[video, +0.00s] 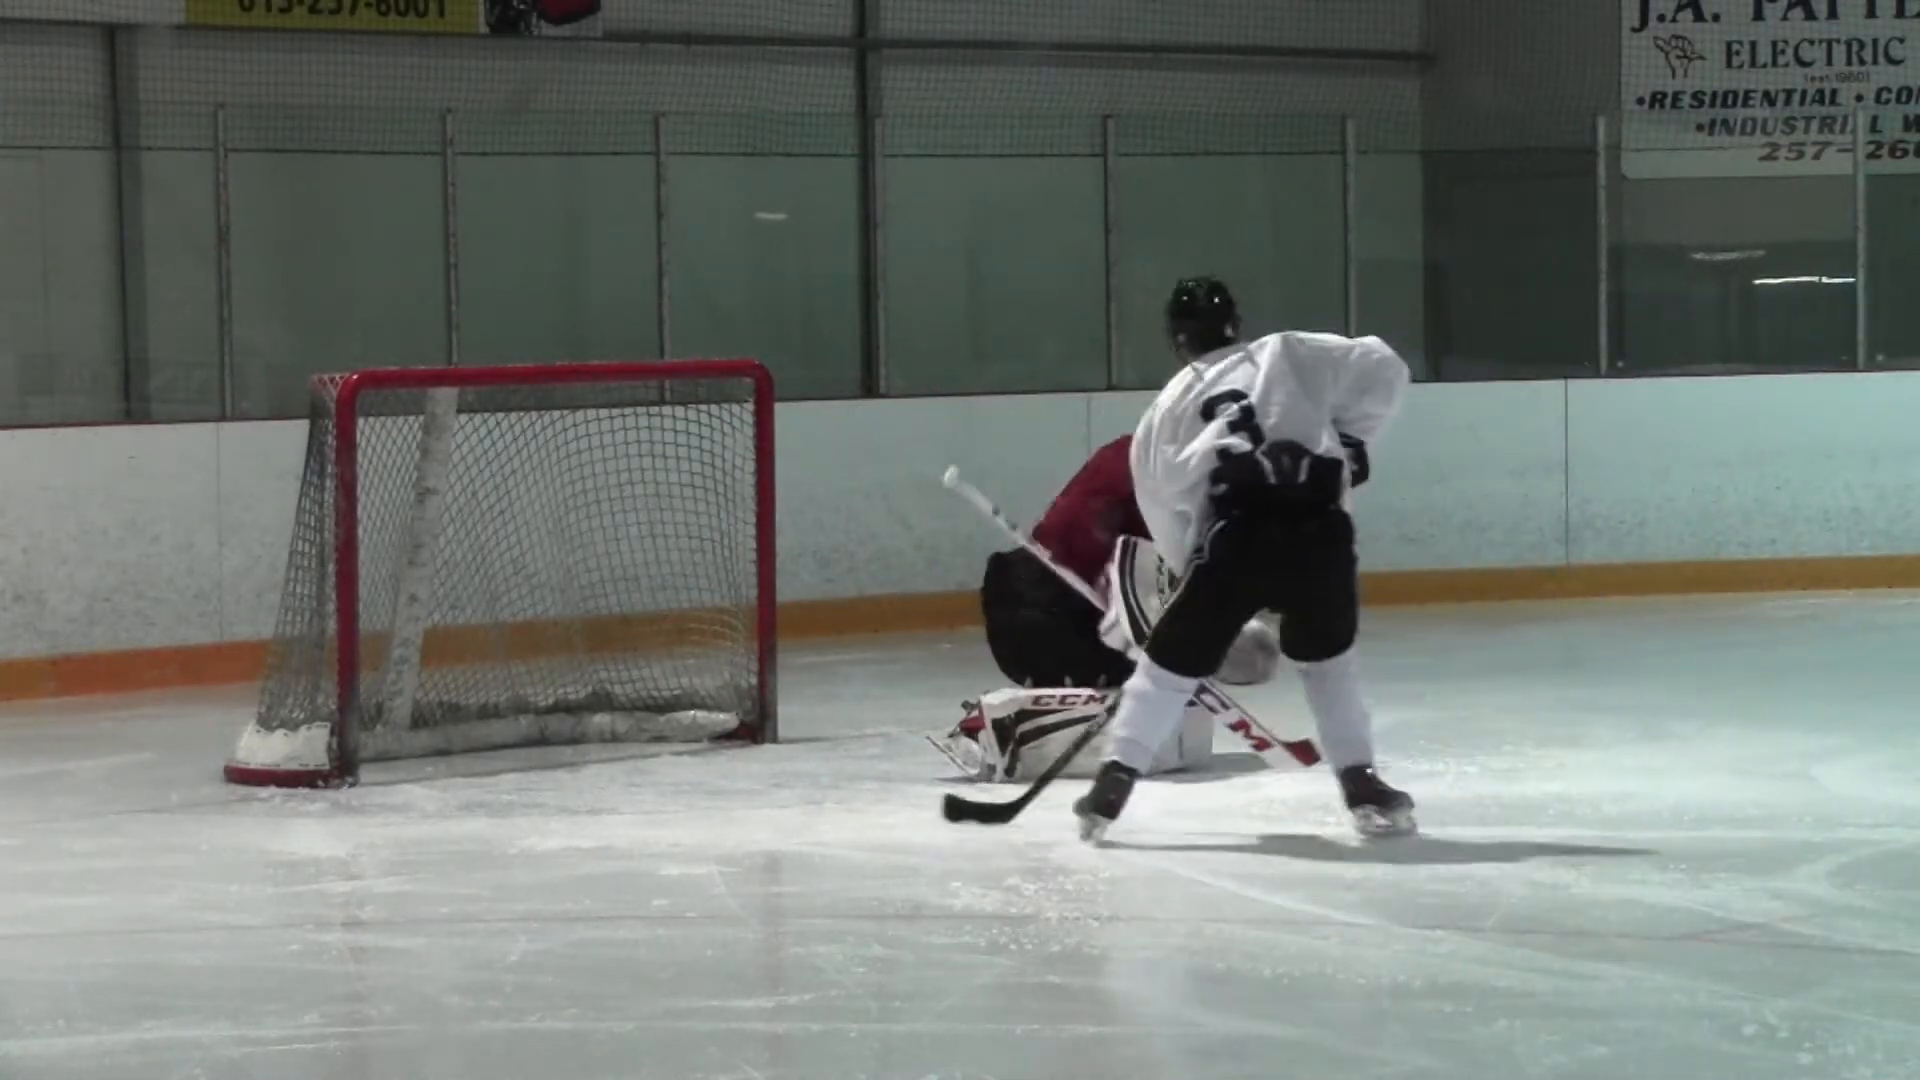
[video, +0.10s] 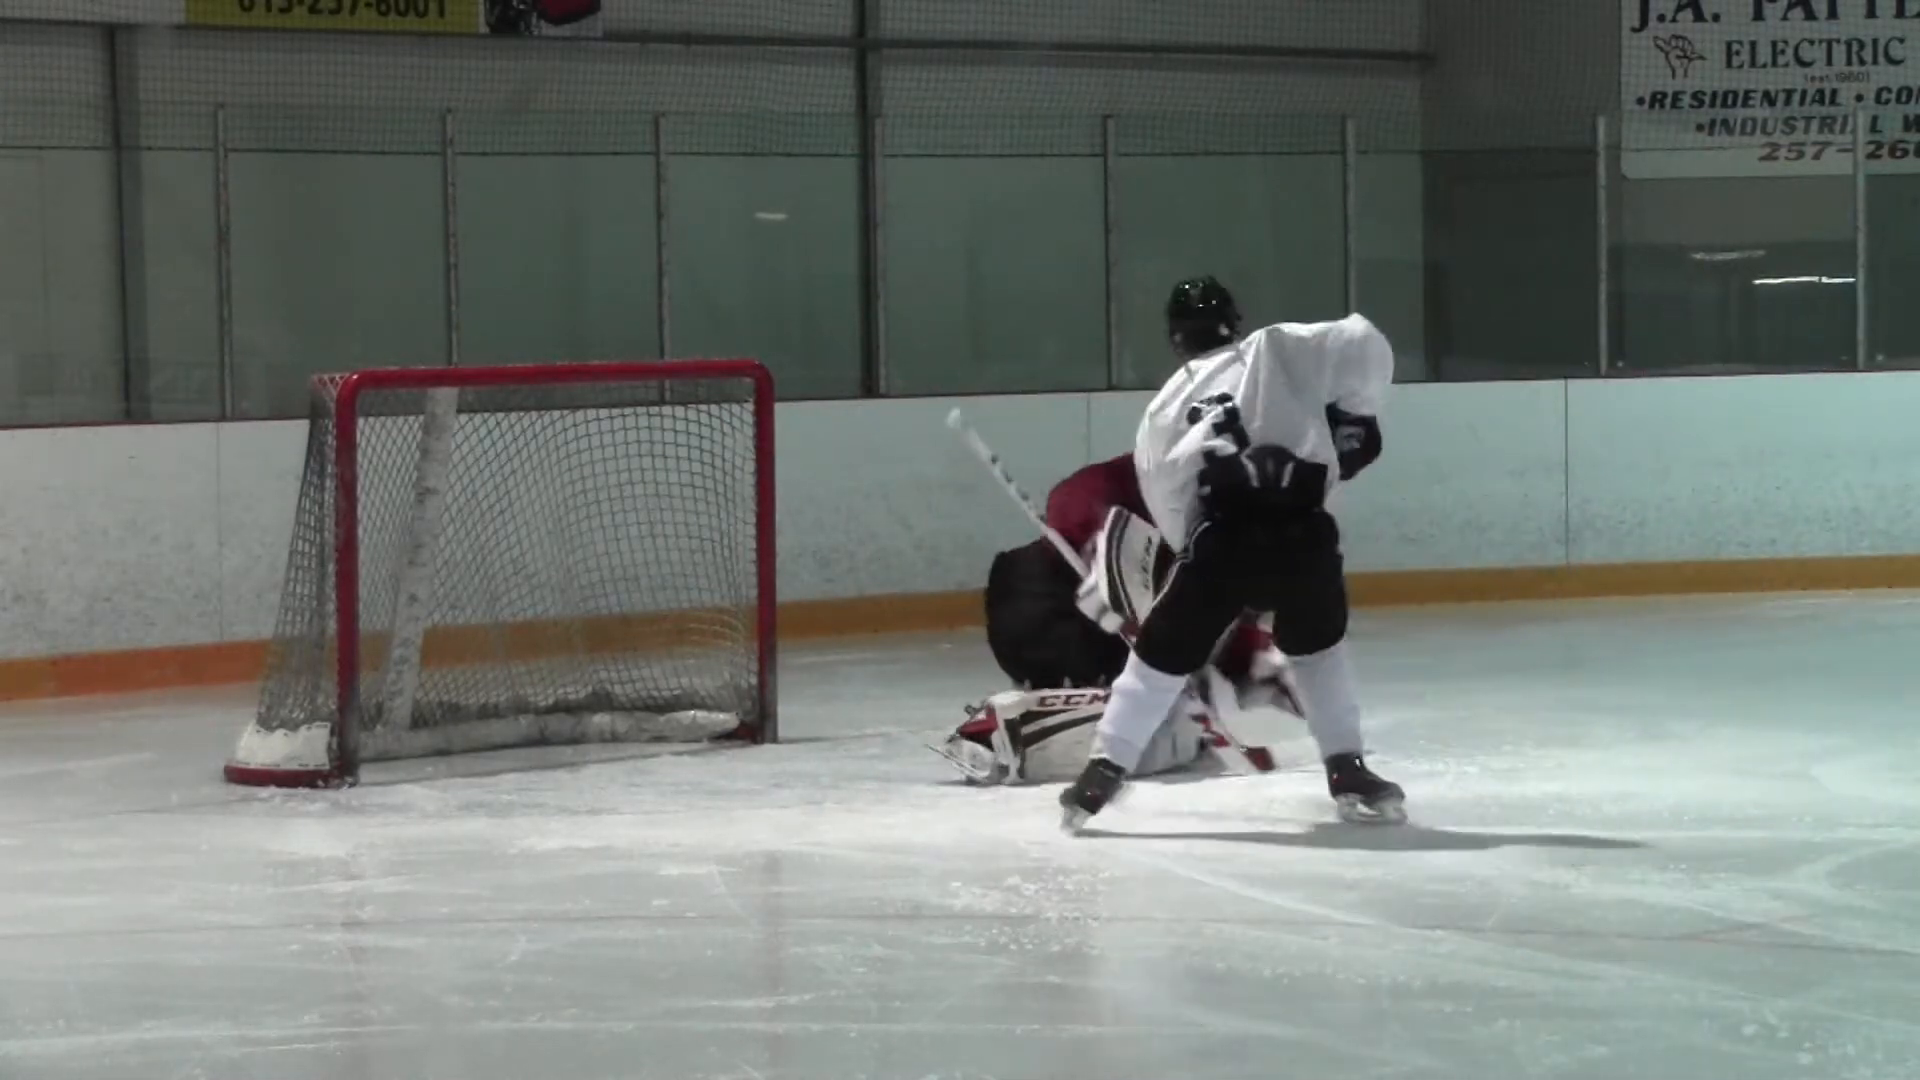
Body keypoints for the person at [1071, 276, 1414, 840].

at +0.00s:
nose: (1179, 345)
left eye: (1177, 338)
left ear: (1178, 341)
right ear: (1234, 325)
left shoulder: (1160, 418)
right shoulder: (1286, 350)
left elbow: (1171, 524)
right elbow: (1383, 364)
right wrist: (1353, 443)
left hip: (1235, 547)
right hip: (1321, 537)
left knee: (1168, 669)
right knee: (1329, 662)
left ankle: (1114, 782)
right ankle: (1362, 785)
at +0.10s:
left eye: (1182, 334)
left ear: (1177, 341)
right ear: (1235, 325)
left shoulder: (1161, 412)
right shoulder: (1277, 346)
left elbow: (1172, 511)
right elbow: (1362, 337)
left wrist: (1198, 553)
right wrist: (1357, 416)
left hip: (1221, 549)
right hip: (1306, 542)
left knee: (1158, 660)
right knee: (1319, 652)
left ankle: (1106, 767)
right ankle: (1348, 768)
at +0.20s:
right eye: (1257, 326)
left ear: (1200, 340)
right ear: (1257, 325)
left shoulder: (1178, 409)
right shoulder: (1285, 341)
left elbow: (1185, 491)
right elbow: (1356, 320)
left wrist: (1201, 557)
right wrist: (1358, 400)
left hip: (1217, 550)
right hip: (1299, 543)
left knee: (1154, 668)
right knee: (1340, 649)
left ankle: (1096, 770)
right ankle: (1364, 764)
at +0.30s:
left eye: (1241, 340)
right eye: (1289, 324)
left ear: (1237, 340)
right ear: (1290, 324)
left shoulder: (1220, 405)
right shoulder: (1316, 341)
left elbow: (1209, 487)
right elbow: (1376, 321)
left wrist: (1216, 546)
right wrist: (1381, 403)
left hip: (1237, 546)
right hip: (1310, 537)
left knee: (1189, 657)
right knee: (1369, 640)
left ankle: (1125, 761)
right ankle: (1392, 756)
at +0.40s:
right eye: (1336, 312)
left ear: (1283, 330)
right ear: (1335, 313)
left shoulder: (1266, 387)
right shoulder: (1358, 333)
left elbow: (1242, 479)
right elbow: (1419, 316)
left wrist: (1245, 550)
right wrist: (1423, 401)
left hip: (1276, 530)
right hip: (1345, 523)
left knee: (1244, 646)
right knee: (1407, 632)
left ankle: (1192, 747)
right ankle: (1421, 746)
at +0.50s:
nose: (1385, 305)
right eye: (1382, 299)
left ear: (1327, 315)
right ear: (1378, 299)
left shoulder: (1307, 375)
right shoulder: (1400, 323)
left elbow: (1296, 458)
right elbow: (1470, 309)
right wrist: (1467, 391)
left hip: (1325, 514)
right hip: (1391, 504)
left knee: (1308, 626)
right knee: (1443, 617)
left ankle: (1262, 739)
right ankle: (1458, 743)